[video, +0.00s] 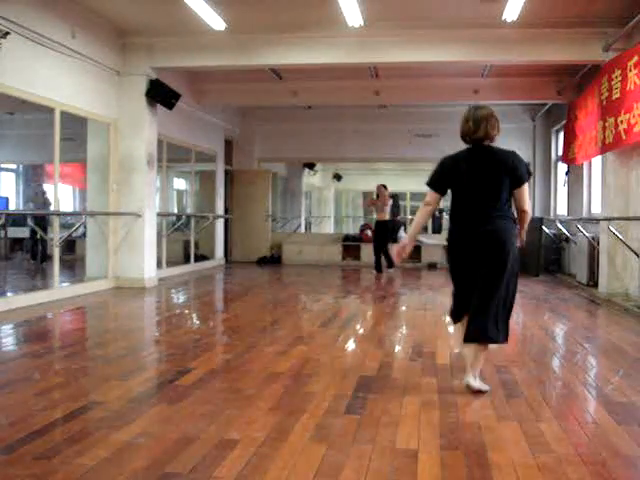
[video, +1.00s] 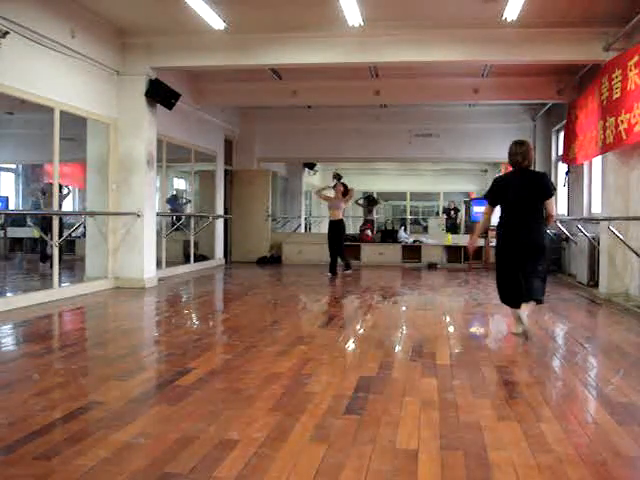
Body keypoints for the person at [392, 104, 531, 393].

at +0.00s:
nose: (497, 130)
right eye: (496, 125)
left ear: (465, 130)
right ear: (495, 130)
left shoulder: (451, 163)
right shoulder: (510, 161)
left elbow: (429, 205)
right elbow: (524, 209)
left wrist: (409, 239)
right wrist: (520, 234)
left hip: (461, 241)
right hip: (499, 243)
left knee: (464, 293)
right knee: (490, 302)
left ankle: (460, 341)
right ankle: (473, 372)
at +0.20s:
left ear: (473, 138)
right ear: (501, 137)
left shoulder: (462, 168)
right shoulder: (516, 165)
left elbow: (445, 209)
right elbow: (527, 209)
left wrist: (432, 242)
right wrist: (526, 234)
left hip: (471, 239)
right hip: (506, 238)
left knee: (478, 291)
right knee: (509, 287)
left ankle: (483, 354)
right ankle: (491, 337)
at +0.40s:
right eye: (510, 137)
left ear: (484, 140)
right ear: (511, 140)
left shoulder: (472, 169)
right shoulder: (521, 167)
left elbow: (464, 207)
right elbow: (534, 203)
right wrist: (545, 234)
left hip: (480, 238)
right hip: (512, 238)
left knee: (481, 289)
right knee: (515, 285)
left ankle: (482, 349)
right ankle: (514, 341)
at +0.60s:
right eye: (523, 145)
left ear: (499, 148)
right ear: (522, 148)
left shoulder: (489, 173)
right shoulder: (534, 173)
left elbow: (473, 196)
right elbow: (550, 206)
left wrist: (474, 214)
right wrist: (566, 234)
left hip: (496, 238)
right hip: (525, 239)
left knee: (494, 280)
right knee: (524, 286)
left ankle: (493, 322)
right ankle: (512, 338)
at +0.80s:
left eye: (509, 151)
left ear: (506, 154)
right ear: (529, 154)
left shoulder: (497, 177)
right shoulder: (539, 176)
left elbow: (476, 204)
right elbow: (552, 210)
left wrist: (460, 224)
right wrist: (550, 224)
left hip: (504, 237)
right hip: (530, 238)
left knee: (506, 279)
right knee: (523, 282)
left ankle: (510, 329)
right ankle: (515, 334)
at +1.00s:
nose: (533, 155)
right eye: (532, 152)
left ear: (510, 158)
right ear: (530, 156)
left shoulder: (501, 182)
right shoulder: (541, 179)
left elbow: (487, 214)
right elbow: (551, 212)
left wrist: (474, 237)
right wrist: (546, 223)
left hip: (508, 237)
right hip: (534, 237)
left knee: (511, 276)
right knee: (535, 274)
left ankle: (518, 322)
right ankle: (524, 311)